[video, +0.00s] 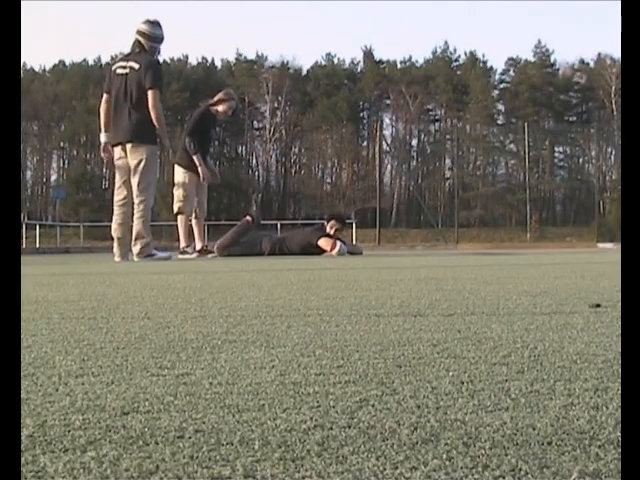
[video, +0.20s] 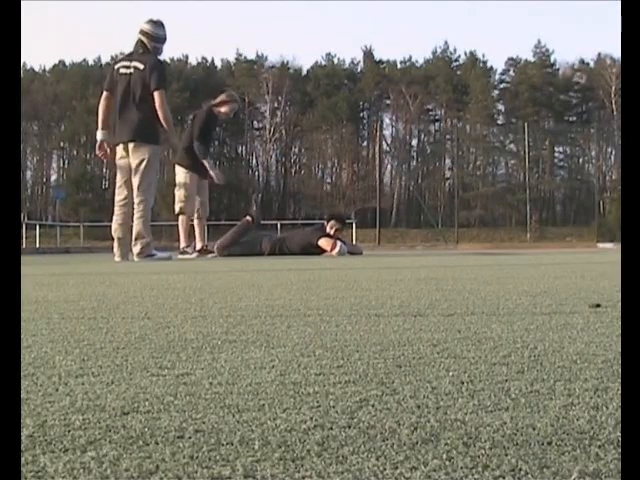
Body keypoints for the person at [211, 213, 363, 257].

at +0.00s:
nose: (335, 233)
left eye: (338, 231)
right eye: (334, 229)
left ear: (339, 230)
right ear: (327, 225)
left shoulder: (328, 235)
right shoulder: (318, 235)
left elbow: (357, 250)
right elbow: (336, 248)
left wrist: (341, 247)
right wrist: (345, 247)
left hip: (269, 241)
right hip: (265, 245)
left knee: (224, 246)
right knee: (221, 250)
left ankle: (204, 248)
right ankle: (246, 222)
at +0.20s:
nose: (334, 233)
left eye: (338, 230)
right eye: (333, 228)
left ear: (339, 230)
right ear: (327, 224)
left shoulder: (329, 235)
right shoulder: (318, 235)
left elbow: (357, 250)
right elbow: (336, 248)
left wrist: (342, 247)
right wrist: (342, 247)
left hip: (269, 242)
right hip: (265, 245)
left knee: (226, 246)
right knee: (221, 250)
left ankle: (205, 248)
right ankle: (246, 222)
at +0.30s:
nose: (335, 233)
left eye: (338, 230)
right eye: (334, 228)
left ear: (339, 230)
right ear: (327, 224)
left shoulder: (331, 236)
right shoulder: (318, 234)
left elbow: (358, 250)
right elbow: (338, 249)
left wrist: (341, 247)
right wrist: (343, 247)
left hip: (271, 242)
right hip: (266, 244)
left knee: (225, 248)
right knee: (220, 250)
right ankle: (247, 222)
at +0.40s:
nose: (335, 232)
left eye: (338, 230)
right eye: (334, 228)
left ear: (340, 230)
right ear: (327, 224)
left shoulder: (331, 237)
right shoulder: (318, 234)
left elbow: (358, 250)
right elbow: (337, 248)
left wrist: (341, 247)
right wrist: (343, 247)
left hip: (270, 242)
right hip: (266, 245)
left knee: (227, 247)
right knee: (220, 250)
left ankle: (204, 250)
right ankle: (246, 222)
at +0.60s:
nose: (335, 233)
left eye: (338, 231)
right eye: (333, 229)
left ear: (340, 231)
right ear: (327, 224)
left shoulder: (332, 237)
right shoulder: (317, 234)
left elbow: (358, 250)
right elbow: (337, 248)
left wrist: (341, 248)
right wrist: (342, 247)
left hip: (272, 242)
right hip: (267, 245)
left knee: (224, 247)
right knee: (220, 250)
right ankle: (247, 221)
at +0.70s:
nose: (335, 233)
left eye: (338, 231)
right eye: (333, 229)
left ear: (340, 231)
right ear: (327, 224)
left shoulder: (332, 237)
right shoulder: (318, 235)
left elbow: (358, 250)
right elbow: (338, 249)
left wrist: (341, 247)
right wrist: (343, 247)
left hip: (272, 243)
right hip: (268, 245)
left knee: (225, 248)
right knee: (220, 250)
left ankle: (254, 223)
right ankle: (251, 222)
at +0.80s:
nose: (334, 233)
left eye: (338, 231)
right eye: (333, 229)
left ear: (339, 231)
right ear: (327, 224)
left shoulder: (331, 237)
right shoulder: (318, 235)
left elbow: (358, 251)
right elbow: (337, 249)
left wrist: (342, 246)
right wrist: (341, 248)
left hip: (273, 242)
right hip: (268, 245)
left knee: (227, 248)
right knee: (220, 250)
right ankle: (252, 223)